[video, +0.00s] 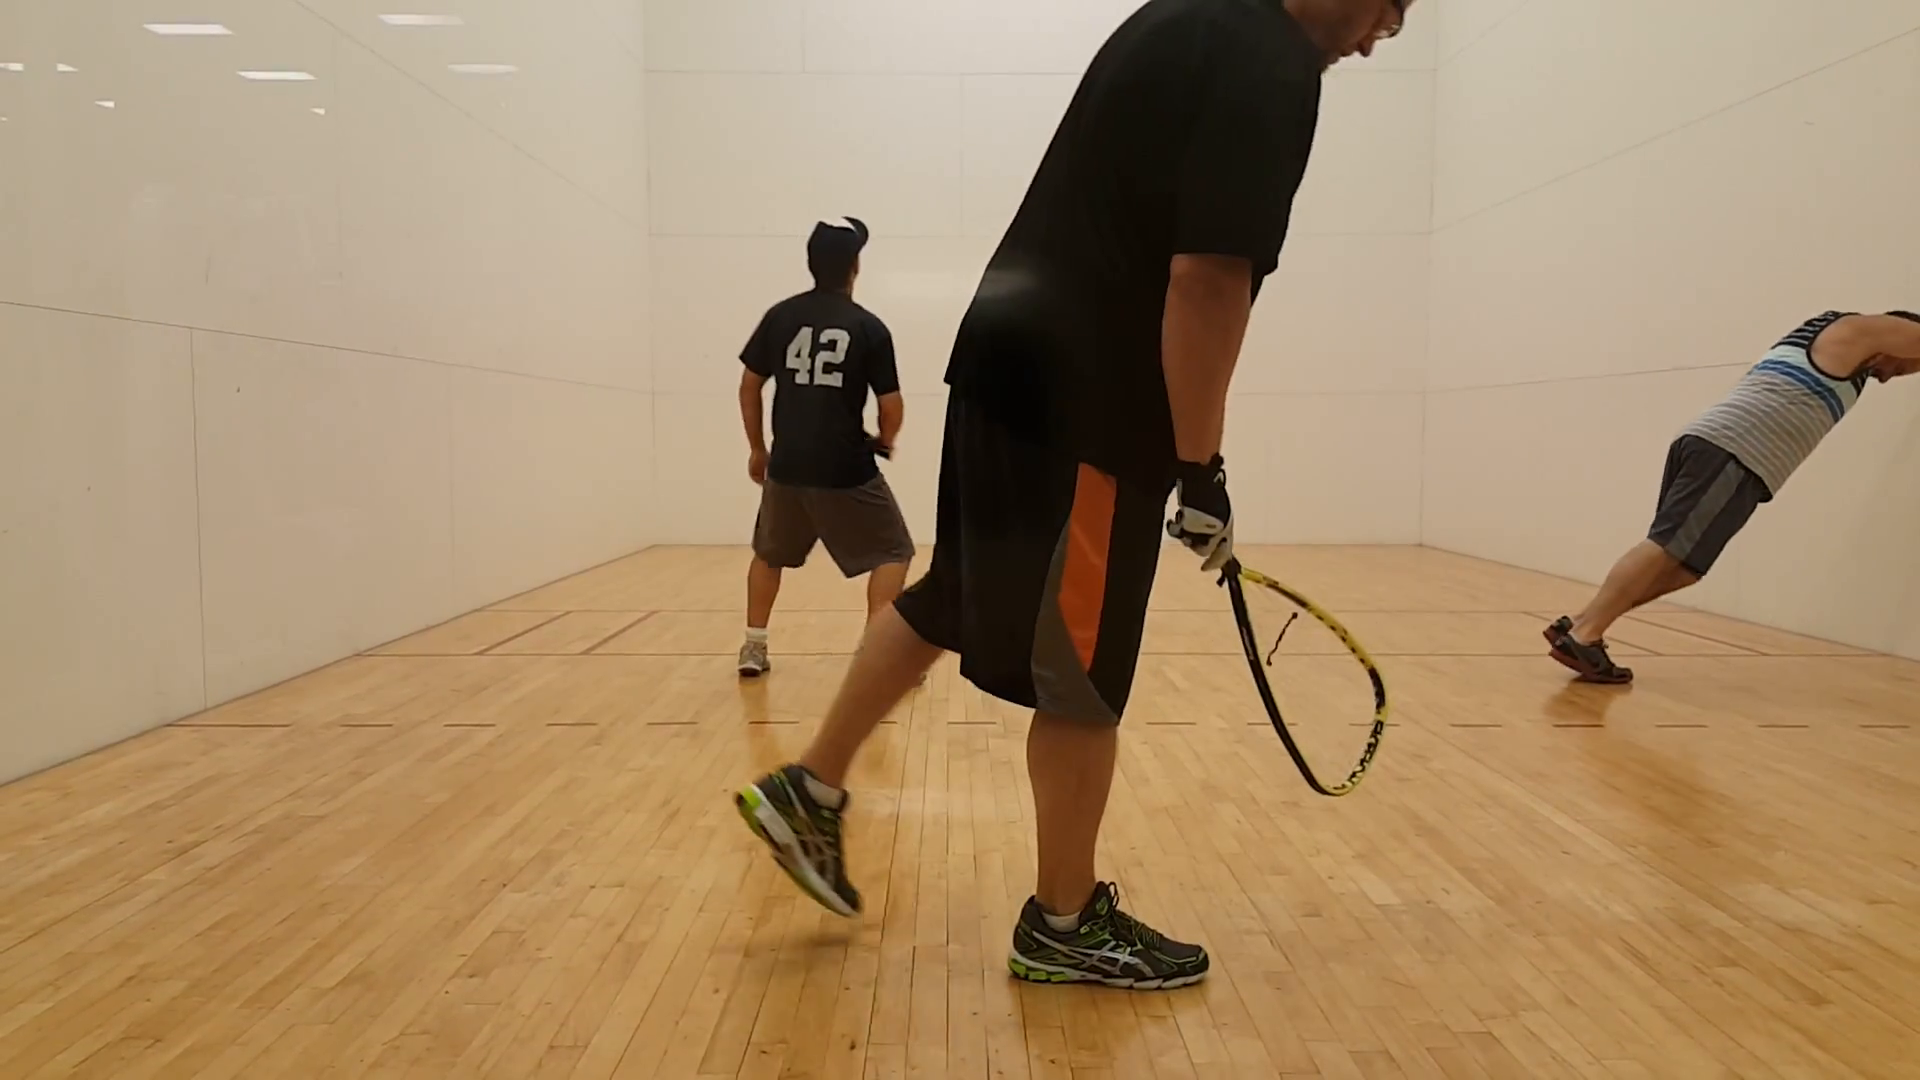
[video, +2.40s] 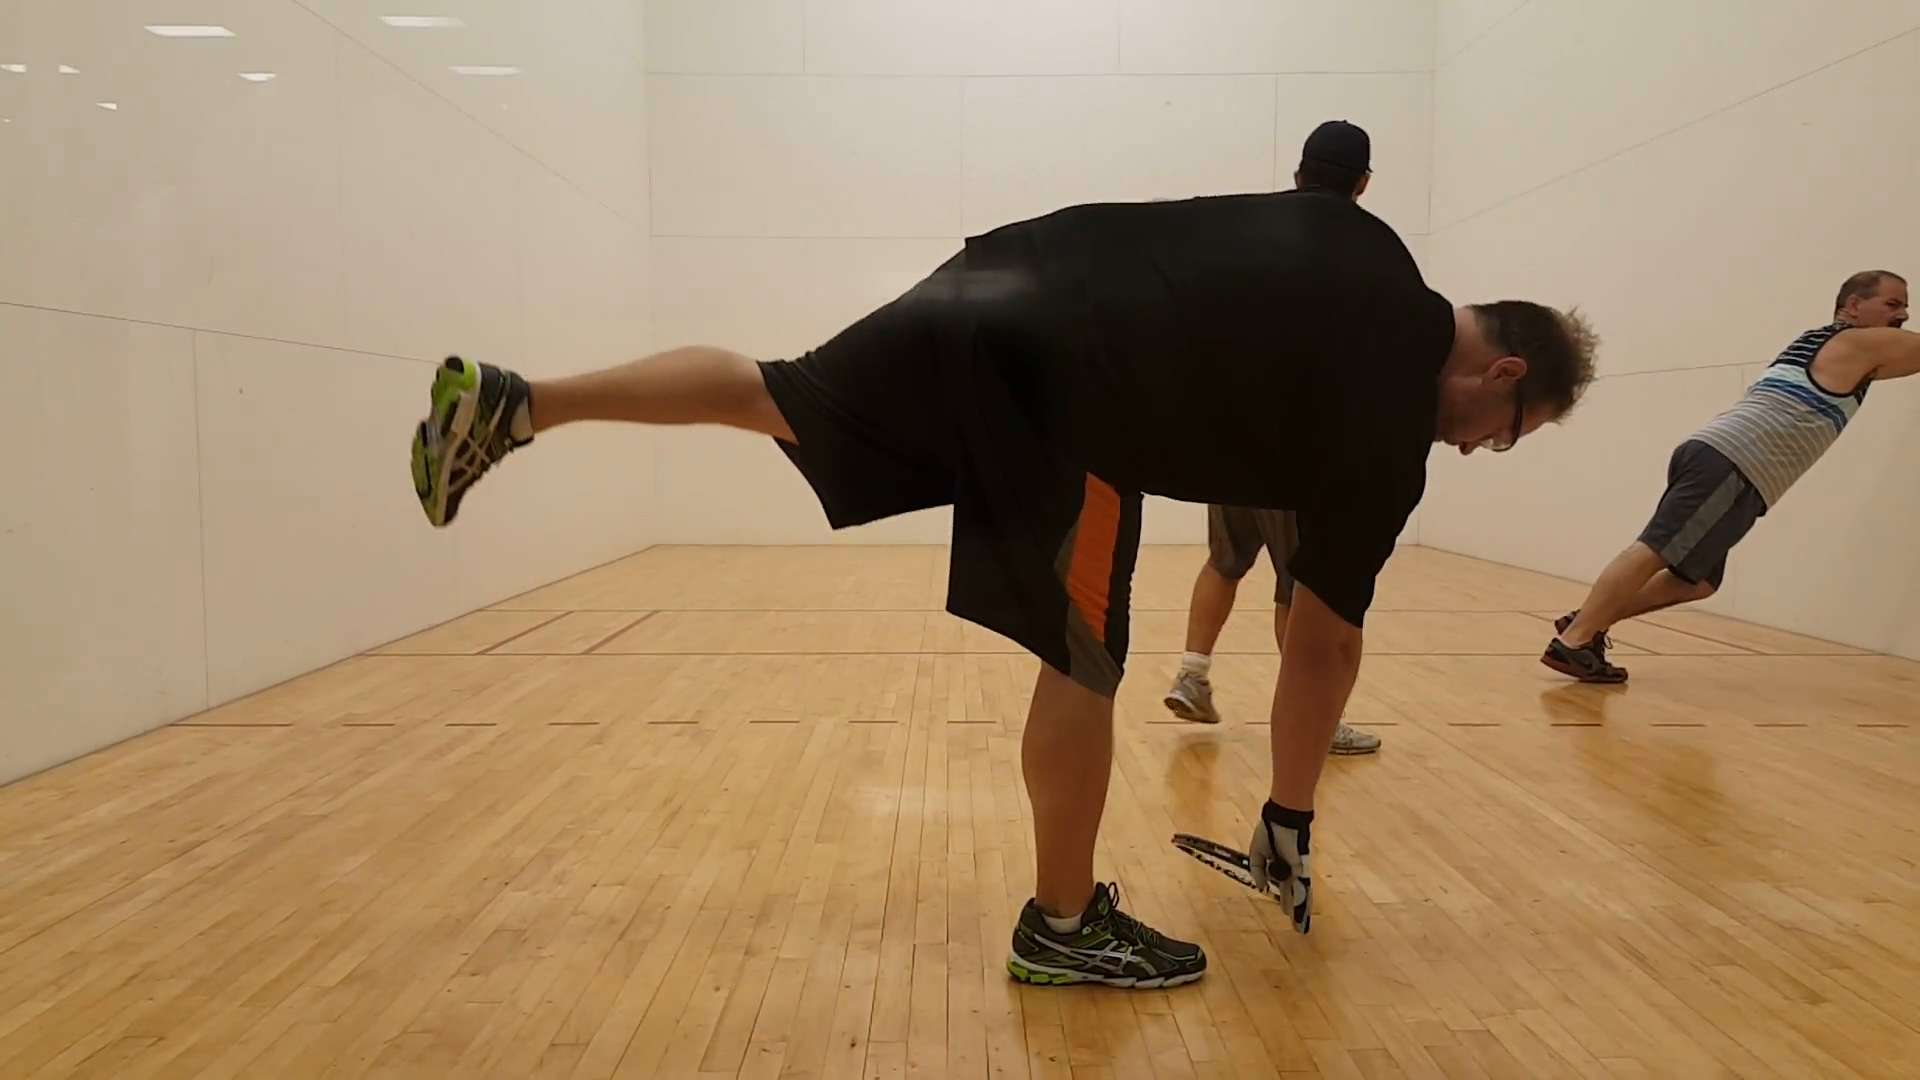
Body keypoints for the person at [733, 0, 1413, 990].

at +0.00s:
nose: (1385, 34)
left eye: (1394, 21)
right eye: (1390, 11)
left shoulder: (1181, 22)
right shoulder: (1266, 60)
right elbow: (1206, 280)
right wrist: (1201, 472)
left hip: (1007, 371)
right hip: (1098, 403)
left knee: (951, 593)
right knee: (1082, 665)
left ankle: (811, 786)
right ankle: (1065, 916)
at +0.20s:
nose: (1443, 67)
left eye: (1458, 48)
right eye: (1455, 36)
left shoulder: (1216, 22)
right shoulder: (1327, 89)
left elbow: (1120, 208)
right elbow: (1261, 323)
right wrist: (1228, 519)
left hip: (1001, 345)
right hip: (1102, 397)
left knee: (912, 552)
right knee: (1087, 664)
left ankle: (721, 696)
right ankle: (1065, 918)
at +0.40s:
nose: (1489, 139)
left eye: (1509, 124)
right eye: (1505, 112)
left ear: (1440, 32)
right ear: (1474, 51)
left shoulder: (1259, 31)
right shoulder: (1379, 192)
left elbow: (1102, 130)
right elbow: (1321, 420)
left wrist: (1068, 271)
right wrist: (1286, 612)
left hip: (978, 311)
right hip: (1098, 388)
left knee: (864, 487)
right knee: (1130, 654)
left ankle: (650, 587)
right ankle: (1080, 917)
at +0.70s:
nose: (1508, 262)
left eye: (1532, 247)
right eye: (1530, 238)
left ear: (1476, 131)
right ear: (1504, 181)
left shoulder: (1313, 87)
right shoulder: (1374, 291)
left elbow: (1147, 142)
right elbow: (1316, 508)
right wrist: (1289, 690)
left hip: (979, 291)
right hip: (1066, 392)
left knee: (823, 409)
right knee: (1093, 651)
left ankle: (593, 430)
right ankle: (1068, 919)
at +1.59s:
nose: (1496, 352)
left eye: (1518, 339)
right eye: (1520, 329)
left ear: (1479, 229)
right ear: (1506, 267)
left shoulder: (1329, 155)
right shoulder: (1382, 348)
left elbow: (1153, 183)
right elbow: (1314, 574)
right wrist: (1279, 753)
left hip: (982, 296)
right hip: (1067, 385)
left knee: (840, 455)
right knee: (1089, 646)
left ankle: (585, 451)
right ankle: (1063, 921)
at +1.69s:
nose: (1494, 365)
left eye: (1515, 353)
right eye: (1517, 342)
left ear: (1481, 245)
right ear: (1505, 279)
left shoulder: (1331, 168)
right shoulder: (1380, 356)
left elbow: (1189, 250)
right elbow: (1316, 585)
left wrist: (1231, 508)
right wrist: (1281, 757)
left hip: (978, 302)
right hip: (1064, 391)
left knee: (843, 466)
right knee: (1103, 658)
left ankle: (584, 468)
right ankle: (1064, 923)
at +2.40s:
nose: (1487, 449)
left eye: (1511, 434)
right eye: (1508, 429)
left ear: (1477, 315)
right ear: (1493, 377)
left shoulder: (1352, 237)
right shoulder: (1384, 436)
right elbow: (1319, 648)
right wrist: (1289, 824)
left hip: (1009, 278)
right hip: (1080, 386)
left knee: (790, 396)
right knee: (1081, 660)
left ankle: (522, 405)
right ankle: (1063, 924)